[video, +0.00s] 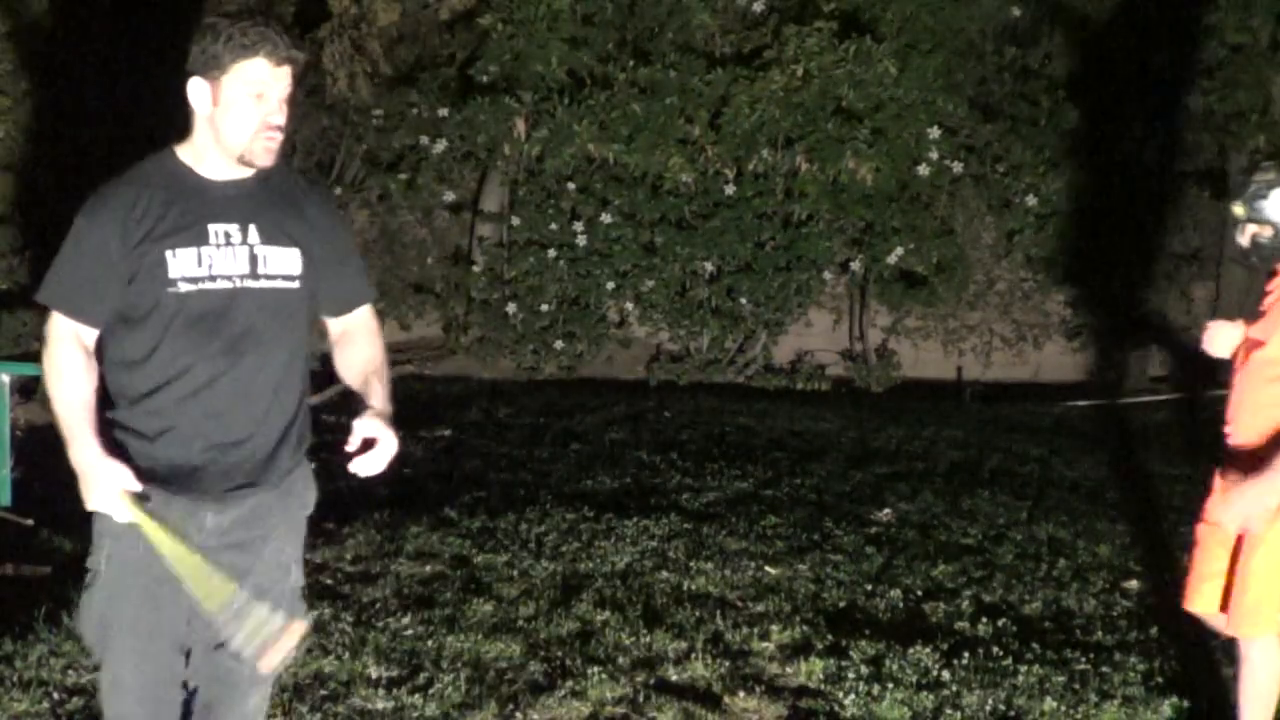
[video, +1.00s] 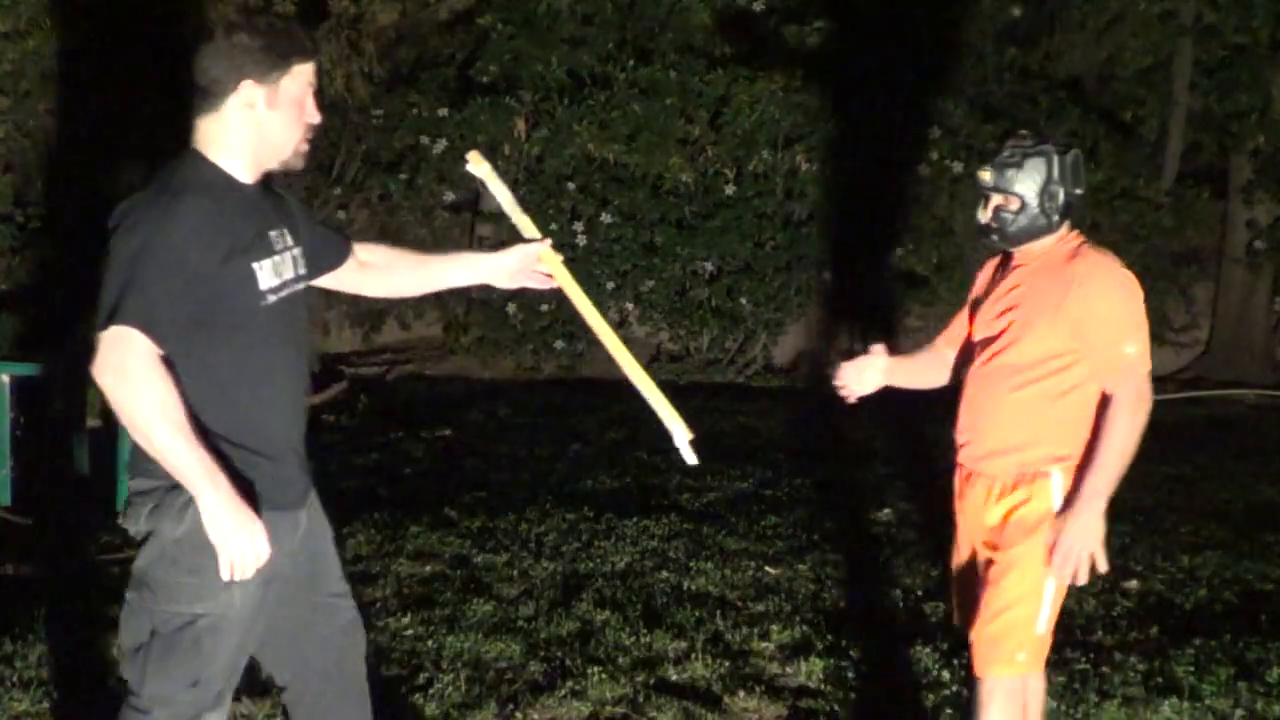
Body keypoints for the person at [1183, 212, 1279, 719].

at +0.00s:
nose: (1248, 236)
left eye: (1257, 223)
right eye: (1248, 223)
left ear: (1270, 228)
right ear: (1257, 228)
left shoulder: (1276, 295)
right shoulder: (1270, 290)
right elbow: (1269, 346)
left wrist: (1263, 486)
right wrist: (1240, 342)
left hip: (1270, 485)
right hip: (1239, 473)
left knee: (1258, 626)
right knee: (1217, 607)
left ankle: (1253, 714)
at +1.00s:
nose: (994, 210)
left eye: (1012, 197)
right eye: (992, 194)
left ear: (1052, 201)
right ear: (990, 192)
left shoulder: (1103, 280)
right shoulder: (995, 274)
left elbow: (1133, 399)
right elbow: (946, 360)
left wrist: (1090, 507)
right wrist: (887, 370)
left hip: (1042, 497)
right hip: (974, 491)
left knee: (1000, 666)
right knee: (1007, 662)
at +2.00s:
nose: (786, 208)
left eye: (793, 193)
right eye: (784, 193)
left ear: (831, 189)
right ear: (848, 186)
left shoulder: (877, 274)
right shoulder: (884, 266)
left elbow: (815, 416)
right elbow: (805, 395)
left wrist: (716, 439)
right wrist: (722, 394)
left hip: (849, 517)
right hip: (859, 515)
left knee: (786, 702)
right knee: (816, 702)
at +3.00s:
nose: (848, 206)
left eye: (859, 190)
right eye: (848, 190)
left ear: (901, 190)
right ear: (905, 192)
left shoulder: (929, 275)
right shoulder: (920, 273)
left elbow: (888, 412)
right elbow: (877, 414)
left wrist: (802, 476)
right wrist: (792, 441)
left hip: (909, 534)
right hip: (893, 529)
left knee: (864, 705)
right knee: (902, 703)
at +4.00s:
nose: (766, 231)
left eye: (775, 220)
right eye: (768, 217)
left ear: (806, 233)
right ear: (855, 231)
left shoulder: (828, 326)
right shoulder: (893, 304)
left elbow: (710, 424)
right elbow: (732, 396)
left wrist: (603, 433)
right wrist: (638, 411)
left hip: (909, 540)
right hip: (948, 529)